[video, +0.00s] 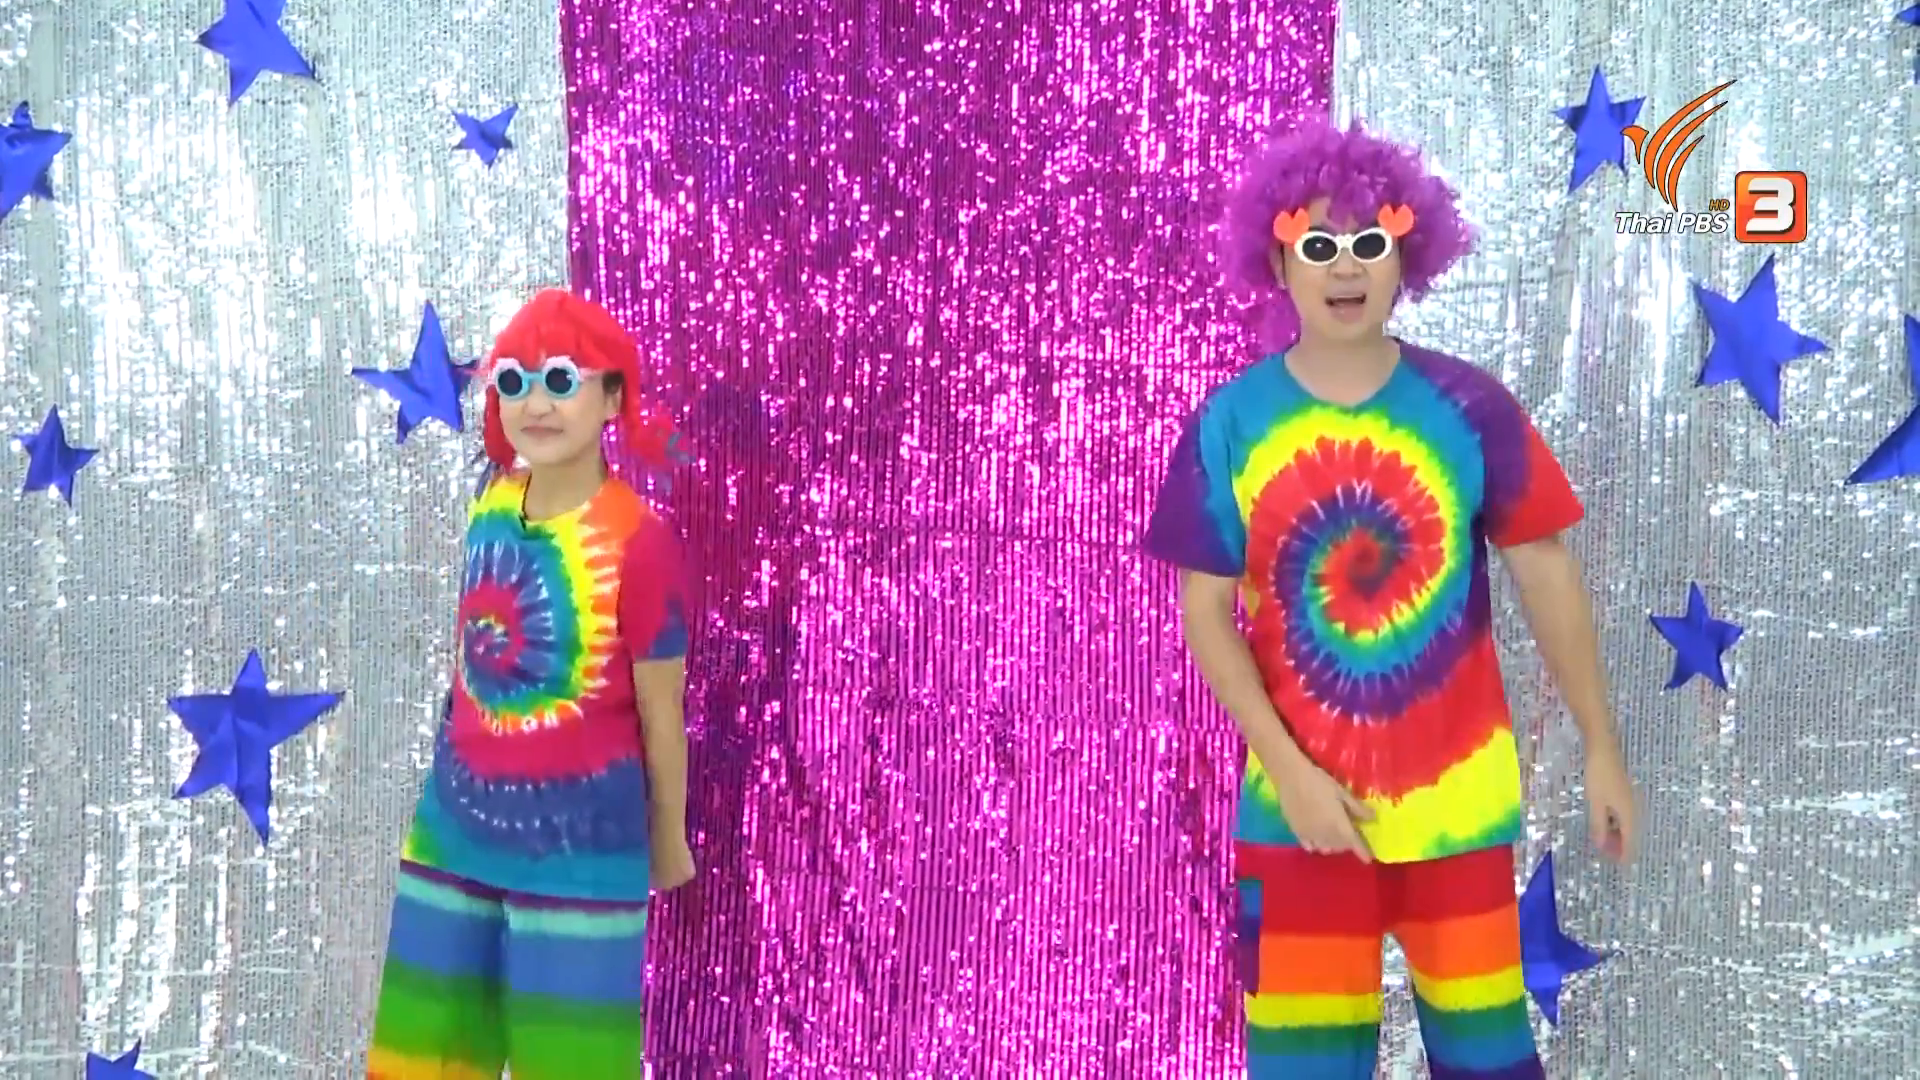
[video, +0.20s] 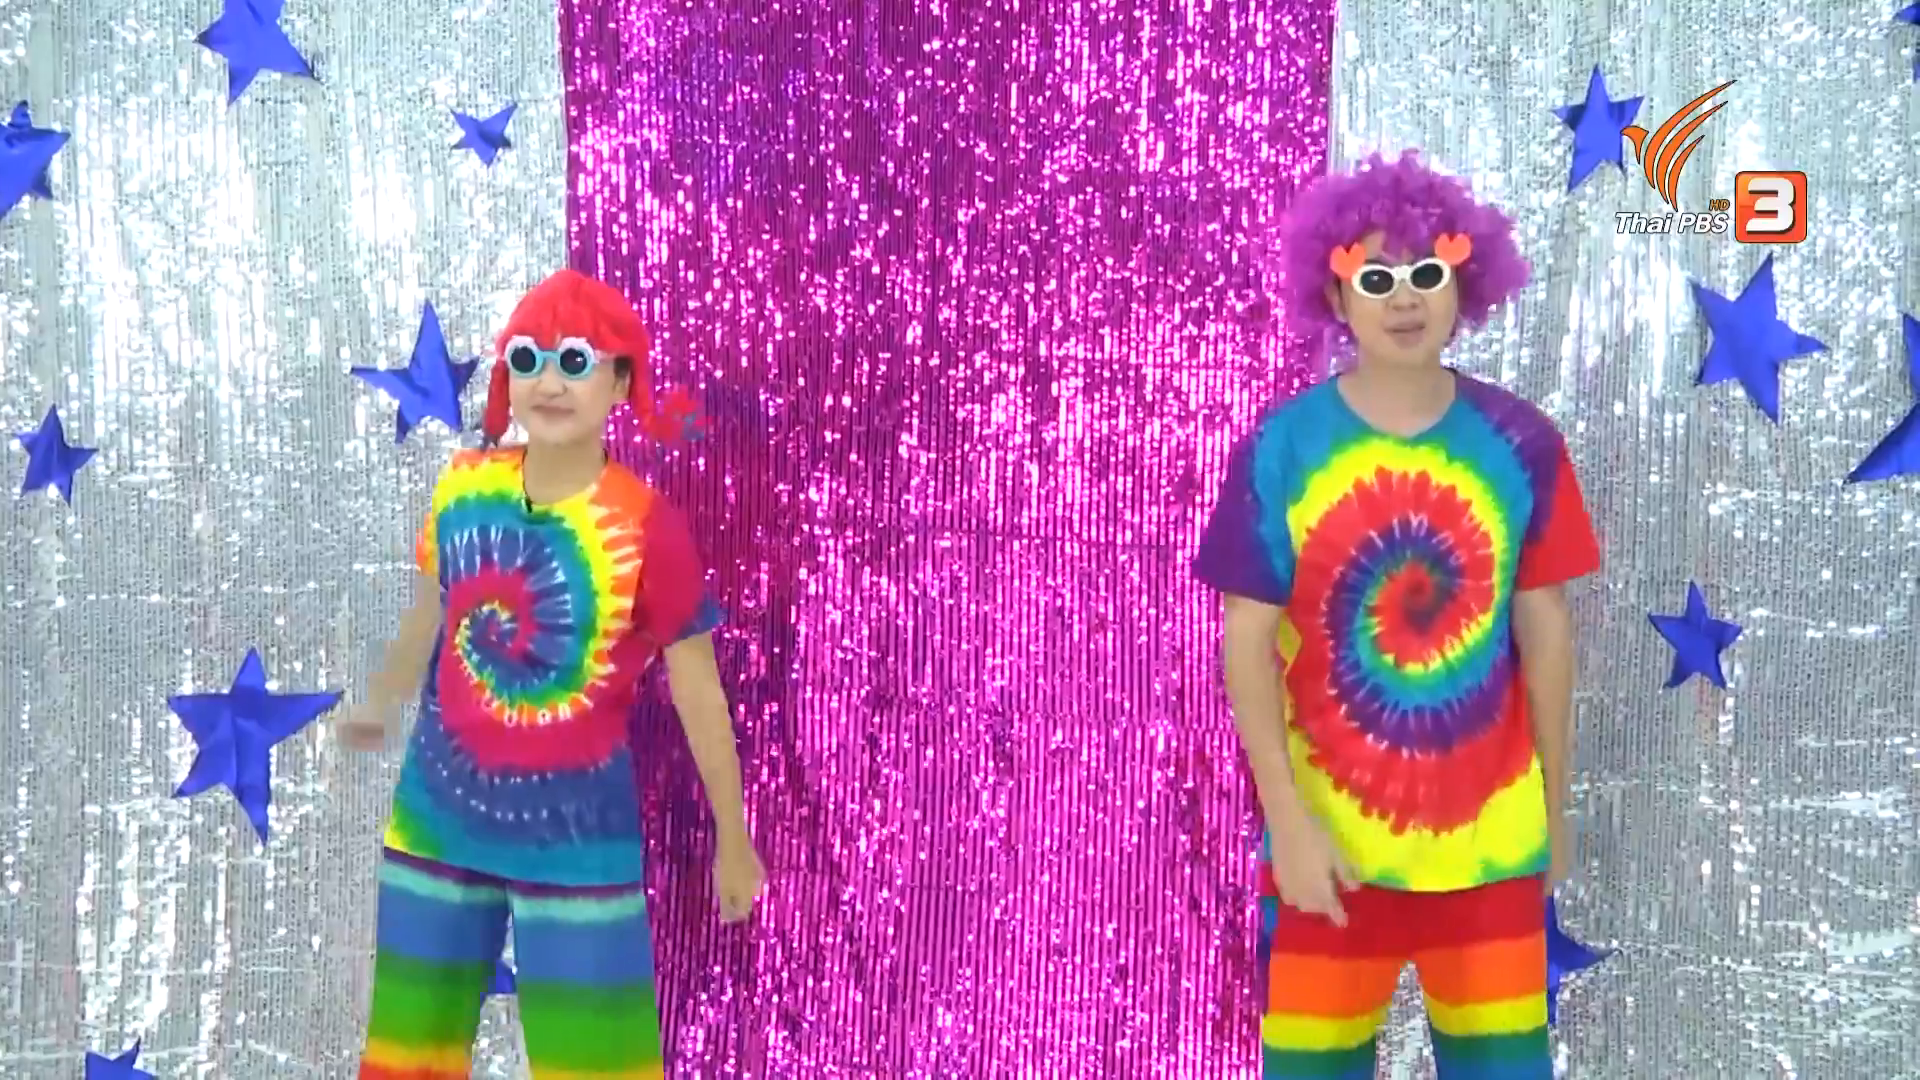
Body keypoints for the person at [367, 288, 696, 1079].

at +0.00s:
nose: (535, 402)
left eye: (561, 379)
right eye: (515, 382)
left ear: (611, 400)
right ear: (497, 405)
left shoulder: (638, 537)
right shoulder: (491, 509)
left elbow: (662, 704)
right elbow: (481, 660)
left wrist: (669, 832)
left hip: (578, 835)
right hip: (458, 822)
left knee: (567, 1054)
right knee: (424, 1049)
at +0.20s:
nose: (547, 380)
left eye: (574, 360)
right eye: (528, 358)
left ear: (618, 387)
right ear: (505, 380)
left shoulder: (649, 522)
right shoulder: (463, 487)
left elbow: (696, 688)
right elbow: (428, 613)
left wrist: (733, 836)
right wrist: (381, 700)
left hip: (577, 835)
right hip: (439, 822)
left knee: (591, 1062)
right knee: (406, 1057)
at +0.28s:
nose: (547, 383)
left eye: (575, 364)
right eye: (527, 359)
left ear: (614, 393)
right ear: (500, 379)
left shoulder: (641, 523)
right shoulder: (446, 485)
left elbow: (695, 676)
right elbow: (380, 595)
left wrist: (750, 841)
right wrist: (271, 674)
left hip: (572, 837)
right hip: (428, 826)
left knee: (588, 1061)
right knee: (395, 1058)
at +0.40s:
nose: (537, 411)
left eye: (566, 395)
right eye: (517, 385)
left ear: (597, 425)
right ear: (483, 399)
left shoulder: (624, 546)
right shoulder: (412, 513)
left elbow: (680, 699)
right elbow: (284, 609)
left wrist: (739, 850)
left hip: (547, 860)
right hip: (403, 847)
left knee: (561, 1070)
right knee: (380, 1067)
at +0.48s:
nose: (519, 419)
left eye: (548, 404)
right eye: (499, 394)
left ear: (578, 433)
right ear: (465, 409)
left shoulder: (601, 555)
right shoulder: (390, 523)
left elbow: (650, 711)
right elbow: (257, 620)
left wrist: (704, 854)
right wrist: (106, 695)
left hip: (528, 874)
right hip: (380, 865)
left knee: (554, 1068)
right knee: (357, 1066)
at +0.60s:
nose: (492, 394)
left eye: (520, 378)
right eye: (472, 368)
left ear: (547, 405)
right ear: (437, 381)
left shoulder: (565, 525)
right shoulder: (353, 496)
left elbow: (584, 694)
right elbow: (255, 628)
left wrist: (622, 842)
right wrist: (155, 746)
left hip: (500, 842)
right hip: (353, 836)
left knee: (533, 1065)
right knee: (352, 1066)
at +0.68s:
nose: (467, 379)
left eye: (495, 365)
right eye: (448, 353)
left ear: (518, 391)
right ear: (410, 363)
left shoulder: (536, 512)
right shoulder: (328, 489)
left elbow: (547, 681)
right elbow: (271, 641)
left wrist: (576, 825)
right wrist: (232, 775)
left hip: (493, 828)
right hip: (343, 827)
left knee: (535, 1054)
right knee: (348, 1058)